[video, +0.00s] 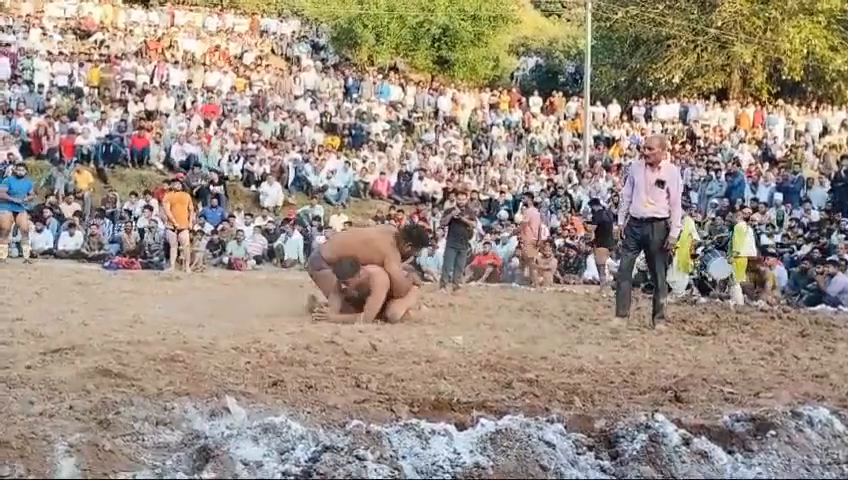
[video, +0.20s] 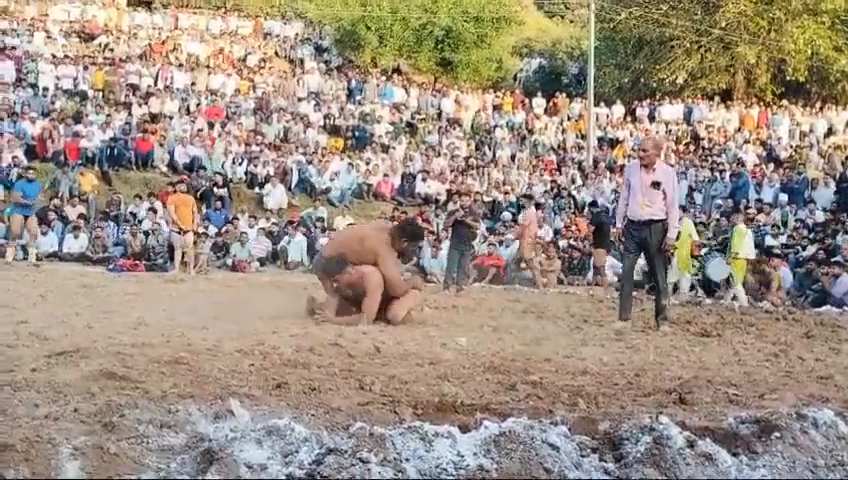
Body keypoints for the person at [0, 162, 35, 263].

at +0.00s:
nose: (21, 172)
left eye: (23, 170)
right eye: (19, 170)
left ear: (26, 171)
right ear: (15, 170)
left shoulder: (28, 183)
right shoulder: (8, 180)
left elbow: (32, 195)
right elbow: (3, 194)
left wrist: (27, 199)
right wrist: (14, 200)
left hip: (21, 207)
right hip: (7, 207)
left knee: (25, 229)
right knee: (5, 229)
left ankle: (26, 255)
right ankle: (3, 255)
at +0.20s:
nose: (31, 175)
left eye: (33, 173)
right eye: (29, 173)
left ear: (35, 174)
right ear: (25, 174)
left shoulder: (38, 185)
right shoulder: (19, 184)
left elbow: (40, 197)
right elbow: (15, 198)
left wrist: (36, 201)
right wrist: (28, 202)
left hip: (31, 211)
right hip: (18, 210)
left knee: (34, 233)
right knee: (15, 234)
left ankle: (32, 258)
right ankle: (9, 257)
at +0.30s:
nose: (45, 179)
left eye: (47, 176)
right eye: (43, 176)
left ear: (49, 178)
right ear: (39, 177)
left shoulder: (49, 190)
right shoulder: (33, 188)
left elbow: (51, 201)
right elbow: (32, 201)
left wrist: (52, 203)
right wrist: (43, 205)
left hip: (43, 215)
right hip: (31, 215)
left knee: (45, 238)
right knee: (26, 238)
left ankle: (42, 262)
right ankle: (19, 261)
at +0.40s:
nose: (65, 185)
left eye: (66, 183)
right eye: (63, 183)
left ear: (68, 184)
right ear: (58, 183)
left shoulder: (67, 194)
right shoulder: (53, 193)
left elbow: (69, 204)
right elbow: (52, 207)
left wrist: (73, 205)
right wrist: (66, 208)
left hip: (62, 221)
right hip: (51, 220)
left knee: (63, 243)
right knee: (45, 243)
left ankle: (57, 266)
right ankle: (36, 262)